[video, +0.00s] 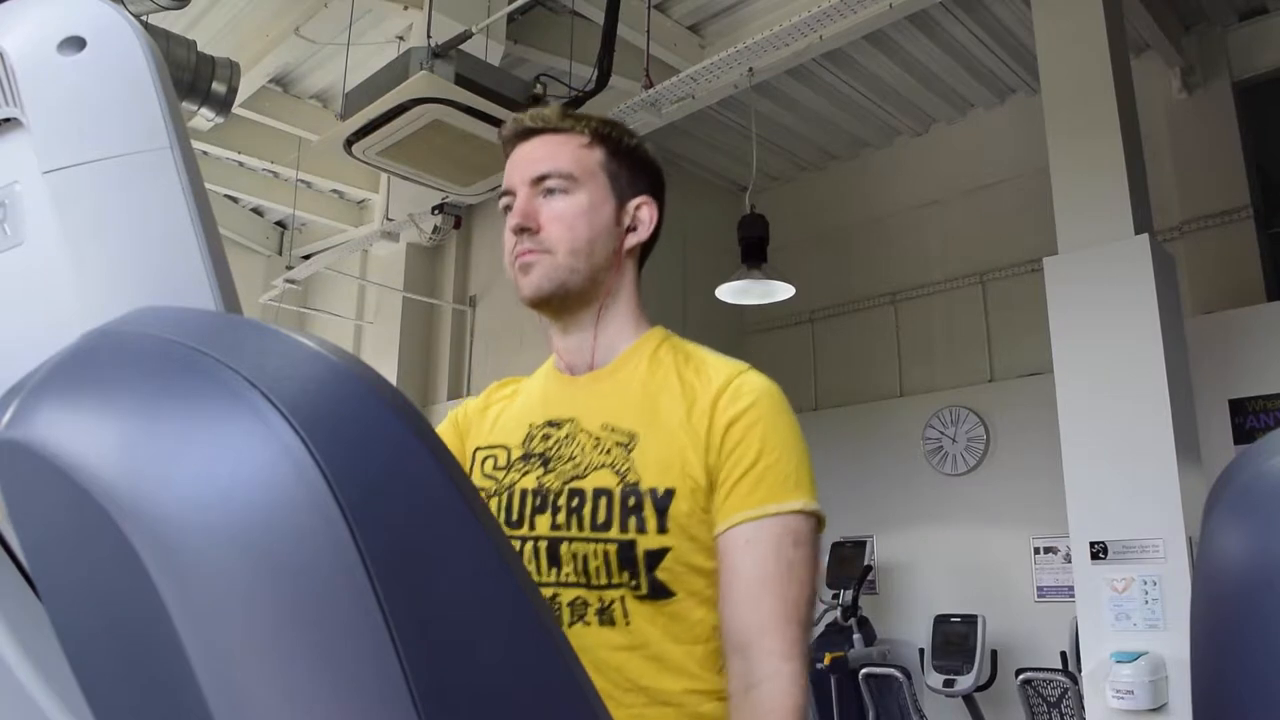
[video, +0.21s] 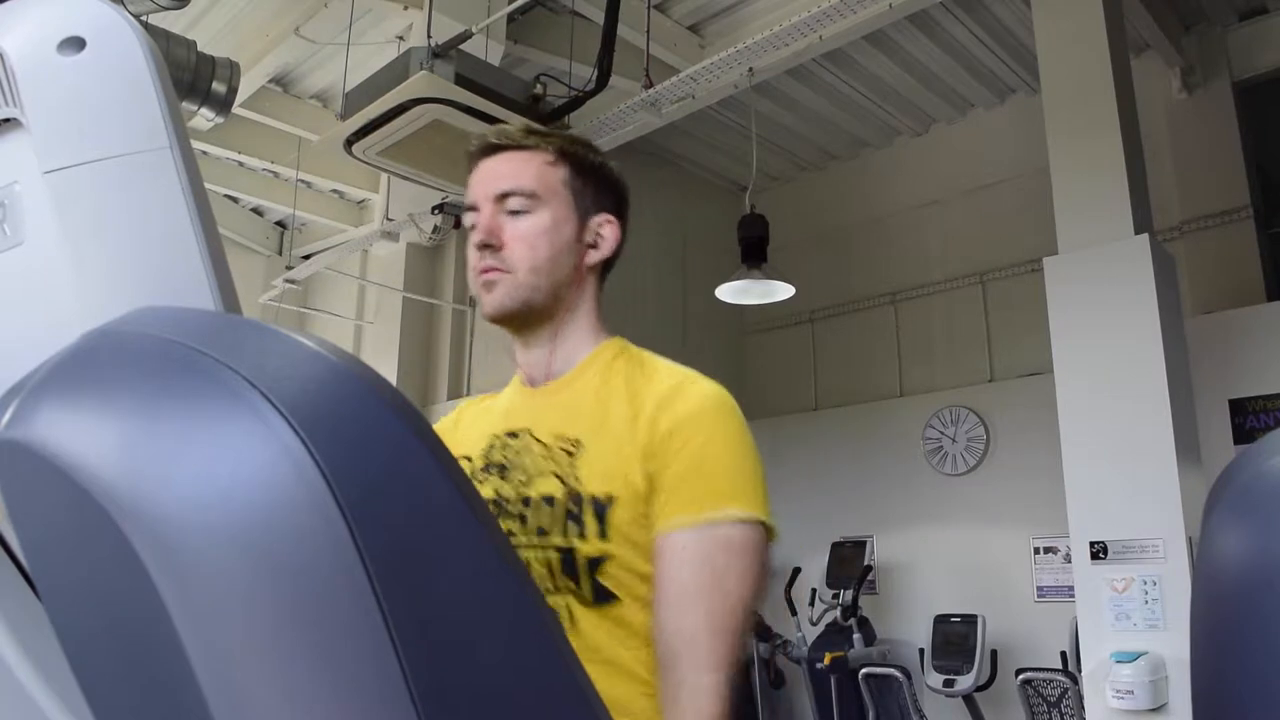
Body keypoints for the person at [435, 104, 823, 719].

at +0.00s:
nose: (517, 217)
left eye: (552, 190)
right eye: (508, 203)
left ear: (635, 222)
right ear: (503, 231)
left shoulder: (734, 405)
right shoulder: (465, 429)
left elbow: (766, 675)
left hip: (673, 704)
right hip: (490, 703)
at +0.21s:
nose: (481, 234)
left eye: (517, 208)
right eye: (473, 218)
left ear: (597, 239)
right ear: (464, 241)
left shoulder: (688, 414)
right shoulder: (451, 435)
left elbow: (696, 689)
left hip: (624, 706)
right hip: (460, 704)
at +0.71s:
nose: (472, 246)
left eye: (503, 218)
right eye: (460, 230)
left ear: (579, 240)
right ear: (453, 253)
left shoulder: (680, 399)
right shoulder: (440, 433)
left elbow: (724, 636)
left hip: (640, 705)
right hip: (472, 704)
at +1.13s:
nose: (480, 221)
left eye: (512, 189)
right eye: (475, 200)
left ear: (600, 206)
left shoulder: (706, 388)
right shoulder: (451, 411)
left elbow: (749, 653)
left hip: (656, 704)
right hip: (473, 702)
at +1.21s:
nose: (488, 218)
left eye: (521, 185)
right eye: (481, 196)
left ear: (607, 203)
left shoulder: (711, 381)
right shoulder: (451, 408)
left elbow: (749, 646)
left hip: (660, 702)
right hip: (477, 701)